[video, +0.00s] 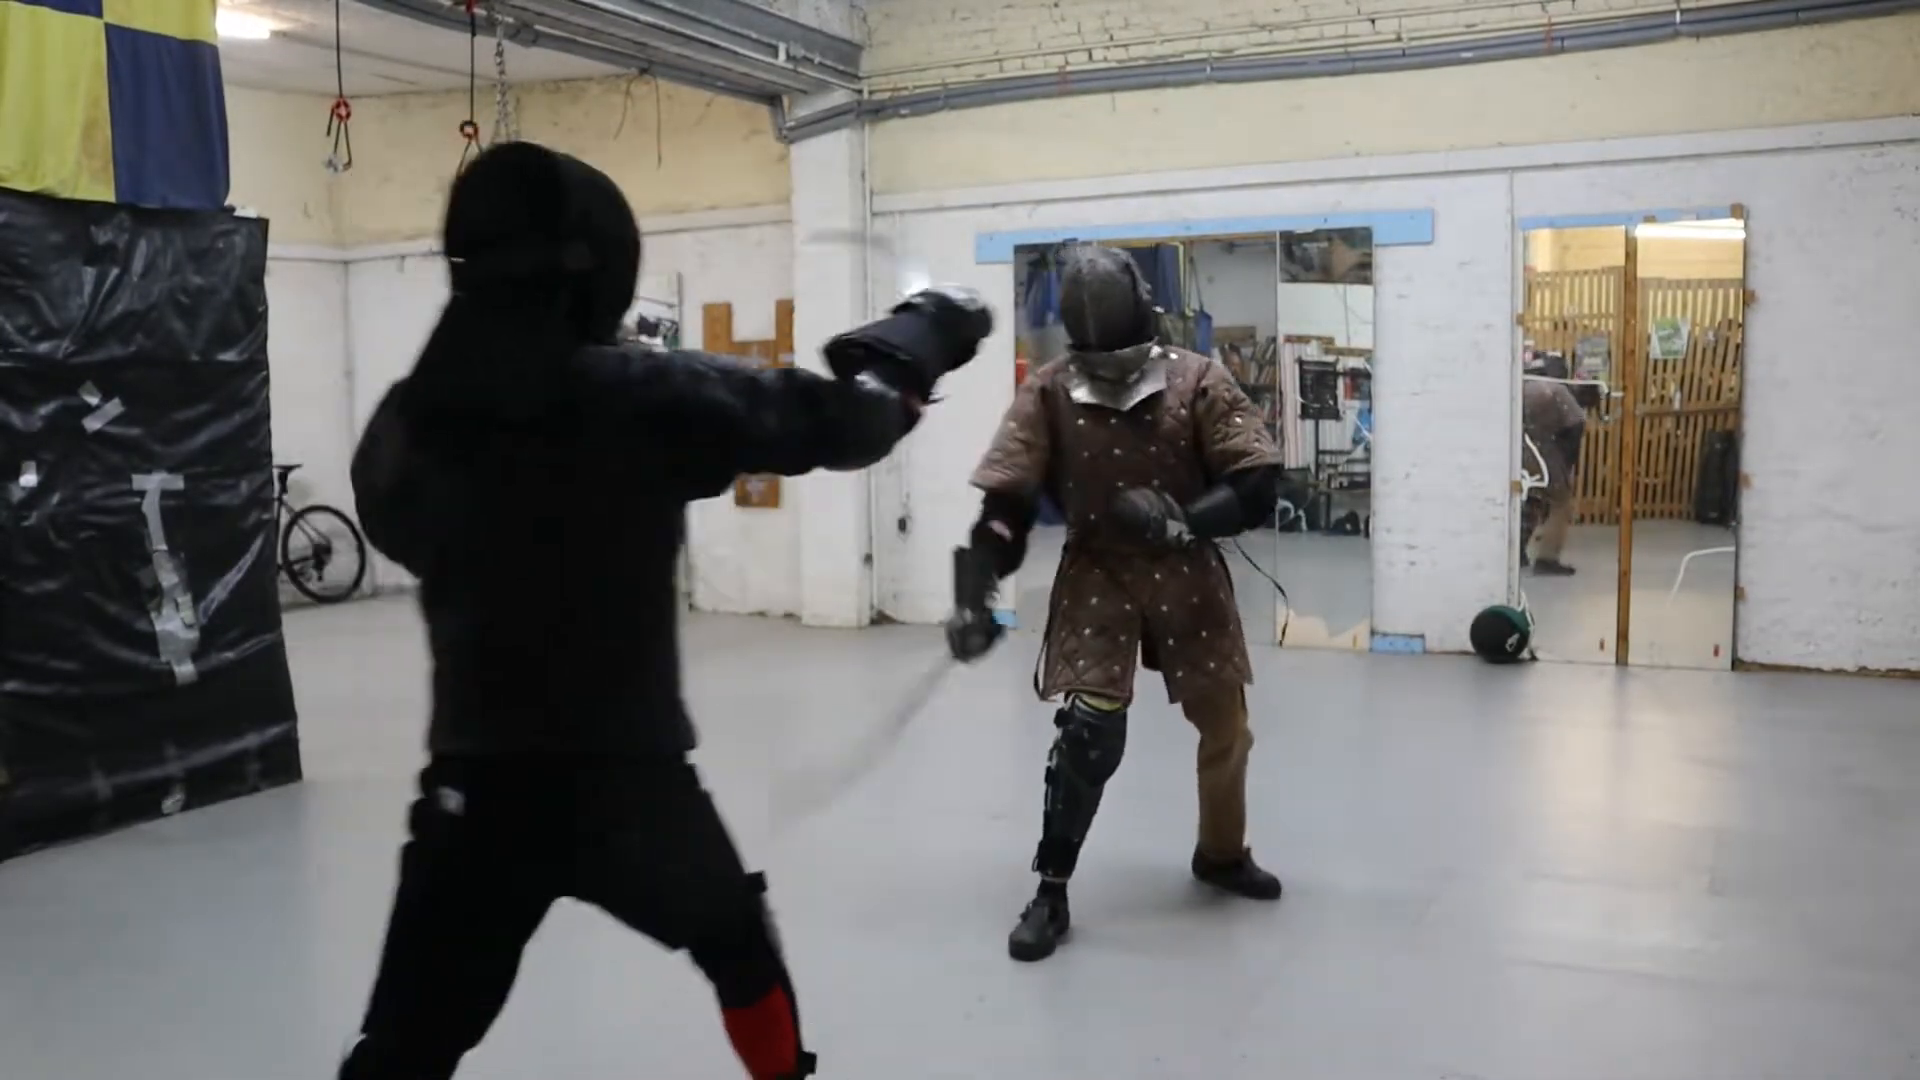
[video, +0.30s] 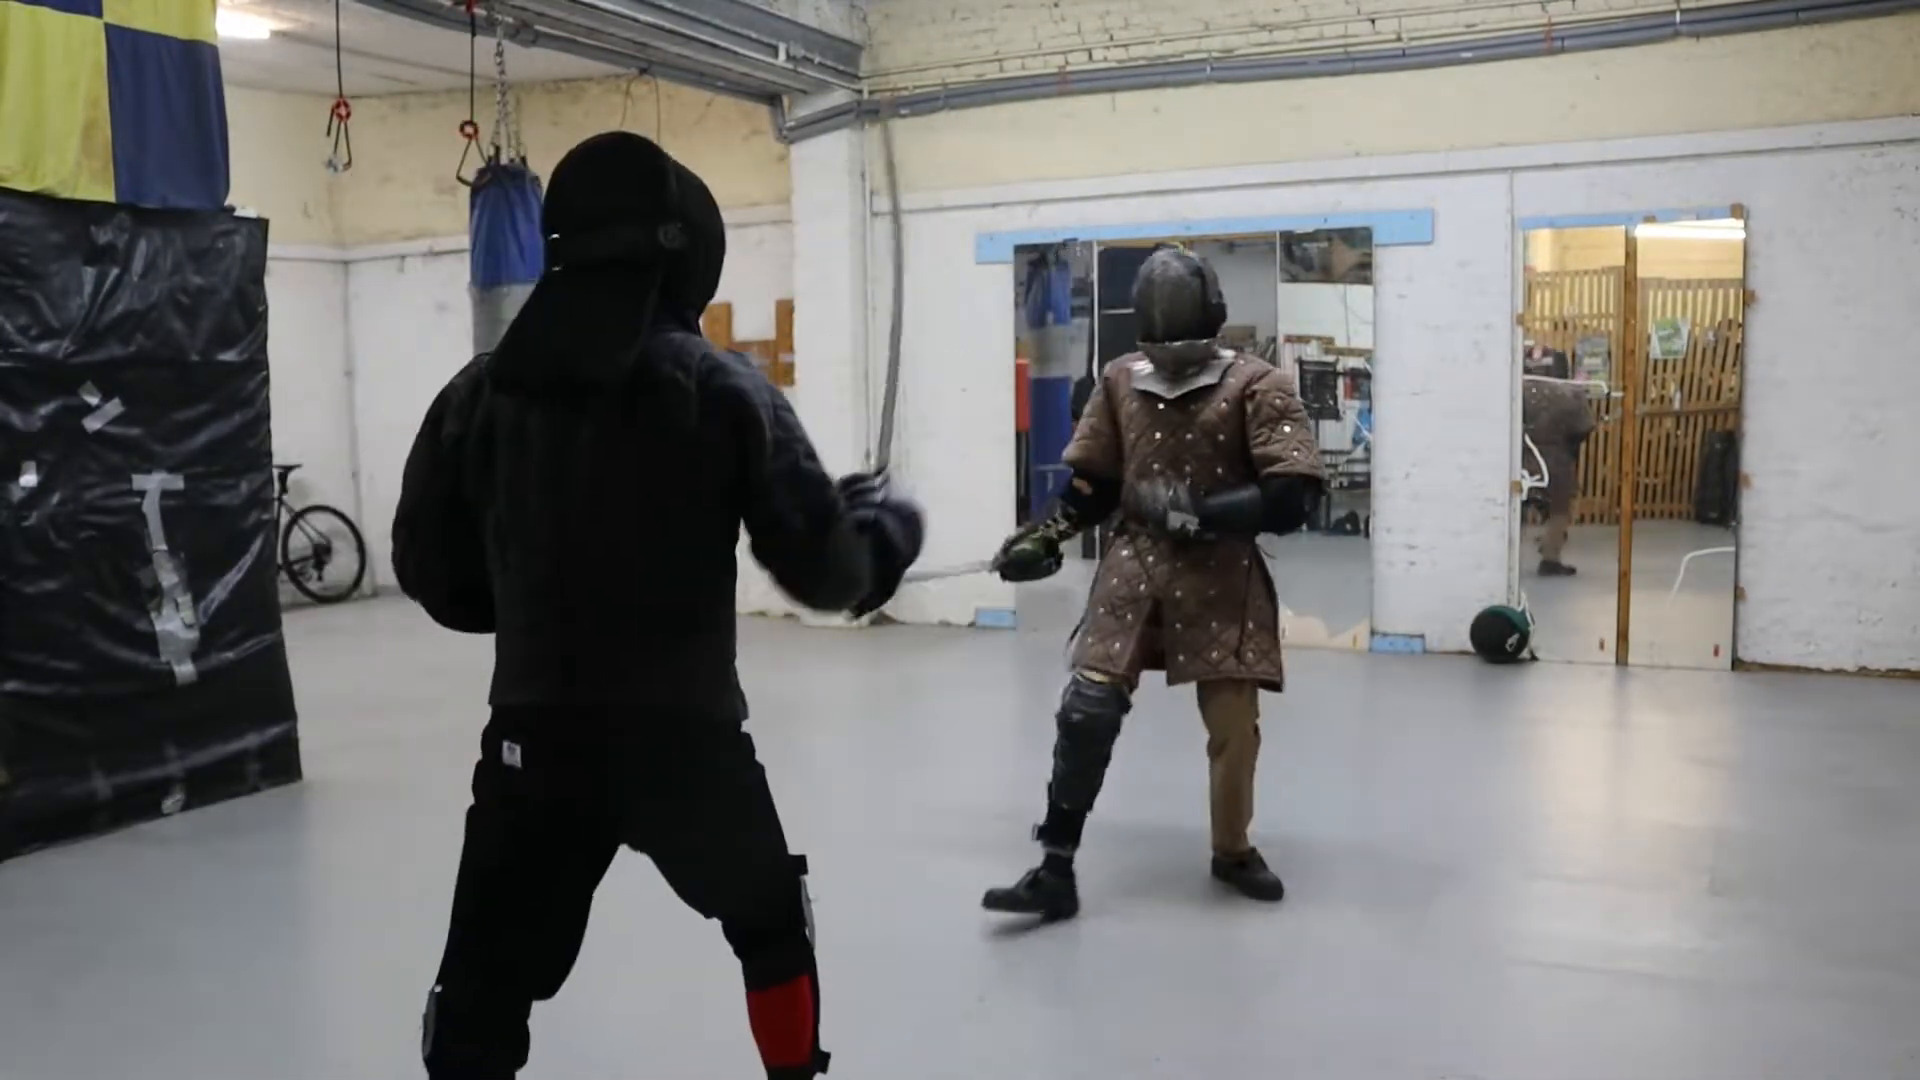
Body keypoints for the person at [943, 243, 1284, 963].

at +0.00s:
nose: (1108, 370)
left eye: (1122, 353)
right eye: (1092, 356)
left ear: (1146, 325)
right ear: (1071, 336)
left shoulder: (1198, 383)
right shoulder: (1047, 395)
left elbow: (1261, 485)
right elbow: (1008, 504)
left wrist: (1183, 523)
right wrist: (974, 591)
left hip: (1187, 576)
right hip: (1096, 578)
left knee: (1229, 726)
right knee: (1090, 733)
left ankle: (1221, 856)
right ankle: (1050, 891)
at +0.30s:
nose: (1175, 356)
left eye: (1188, 340)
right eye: (1162, 342)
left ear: (1212, 320)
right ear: (1143, 327)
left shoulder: (1258, 384)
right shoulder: (1118, 384)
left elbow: (1296, 493)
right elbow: (1085, 486)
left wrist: (1202, 514)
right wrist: (1046, 533)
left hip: (1222, 575)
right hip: (1130, 573)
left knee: (1236, 725)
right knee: (1086, 714)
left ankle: (1234, 854)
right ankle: (1055, 870)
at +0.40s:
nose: (1186, 358)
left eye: (1200, 343)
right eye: (1173, 345)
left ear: (1224, 324)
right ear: (1156, 329)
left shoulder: (1266, 383)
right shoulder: (1133, 384)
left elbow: (1300, 490)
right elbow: (1096, 482)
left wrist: (1209, 503)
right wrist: (1054, 527)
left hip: (1228, 575)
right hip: (1140, 571)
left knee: (1245, 720)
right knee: (1083, 697)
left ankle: (1234, 853)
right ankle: (1091, 837)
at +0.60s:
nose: (1180, 355)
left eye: (1192, 341)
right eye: (1167, 343)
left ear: (1215, 329)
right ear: (1150, 335)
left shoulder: (1259, 387)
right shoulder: (1129, 389)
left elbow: (1282, 480)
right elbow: (1102, 477)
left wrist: (1196, 460)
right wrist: (1130, 495)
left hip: (1222, 560)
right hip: (1145, 560)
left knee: (1238, 695)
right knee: (1127, 701)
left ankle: (1237, 847)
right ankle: (1174, 779)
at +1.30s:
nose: (1183, 323)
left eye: (1194, 309)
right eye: (1171, 310)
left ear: (1216, 309)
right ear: (1155, 314)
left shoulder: (1264, 376)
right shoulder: (1133, 379)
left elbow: (1301, 465)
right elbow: (1097, 467)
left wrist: (1235, 470)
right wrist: (1083, 547)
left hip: (1237, 536)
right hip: (1161, 534)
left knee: (1250, 673)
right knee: (1142, 663)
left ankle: (1232, 788)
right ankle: (1144, 753)